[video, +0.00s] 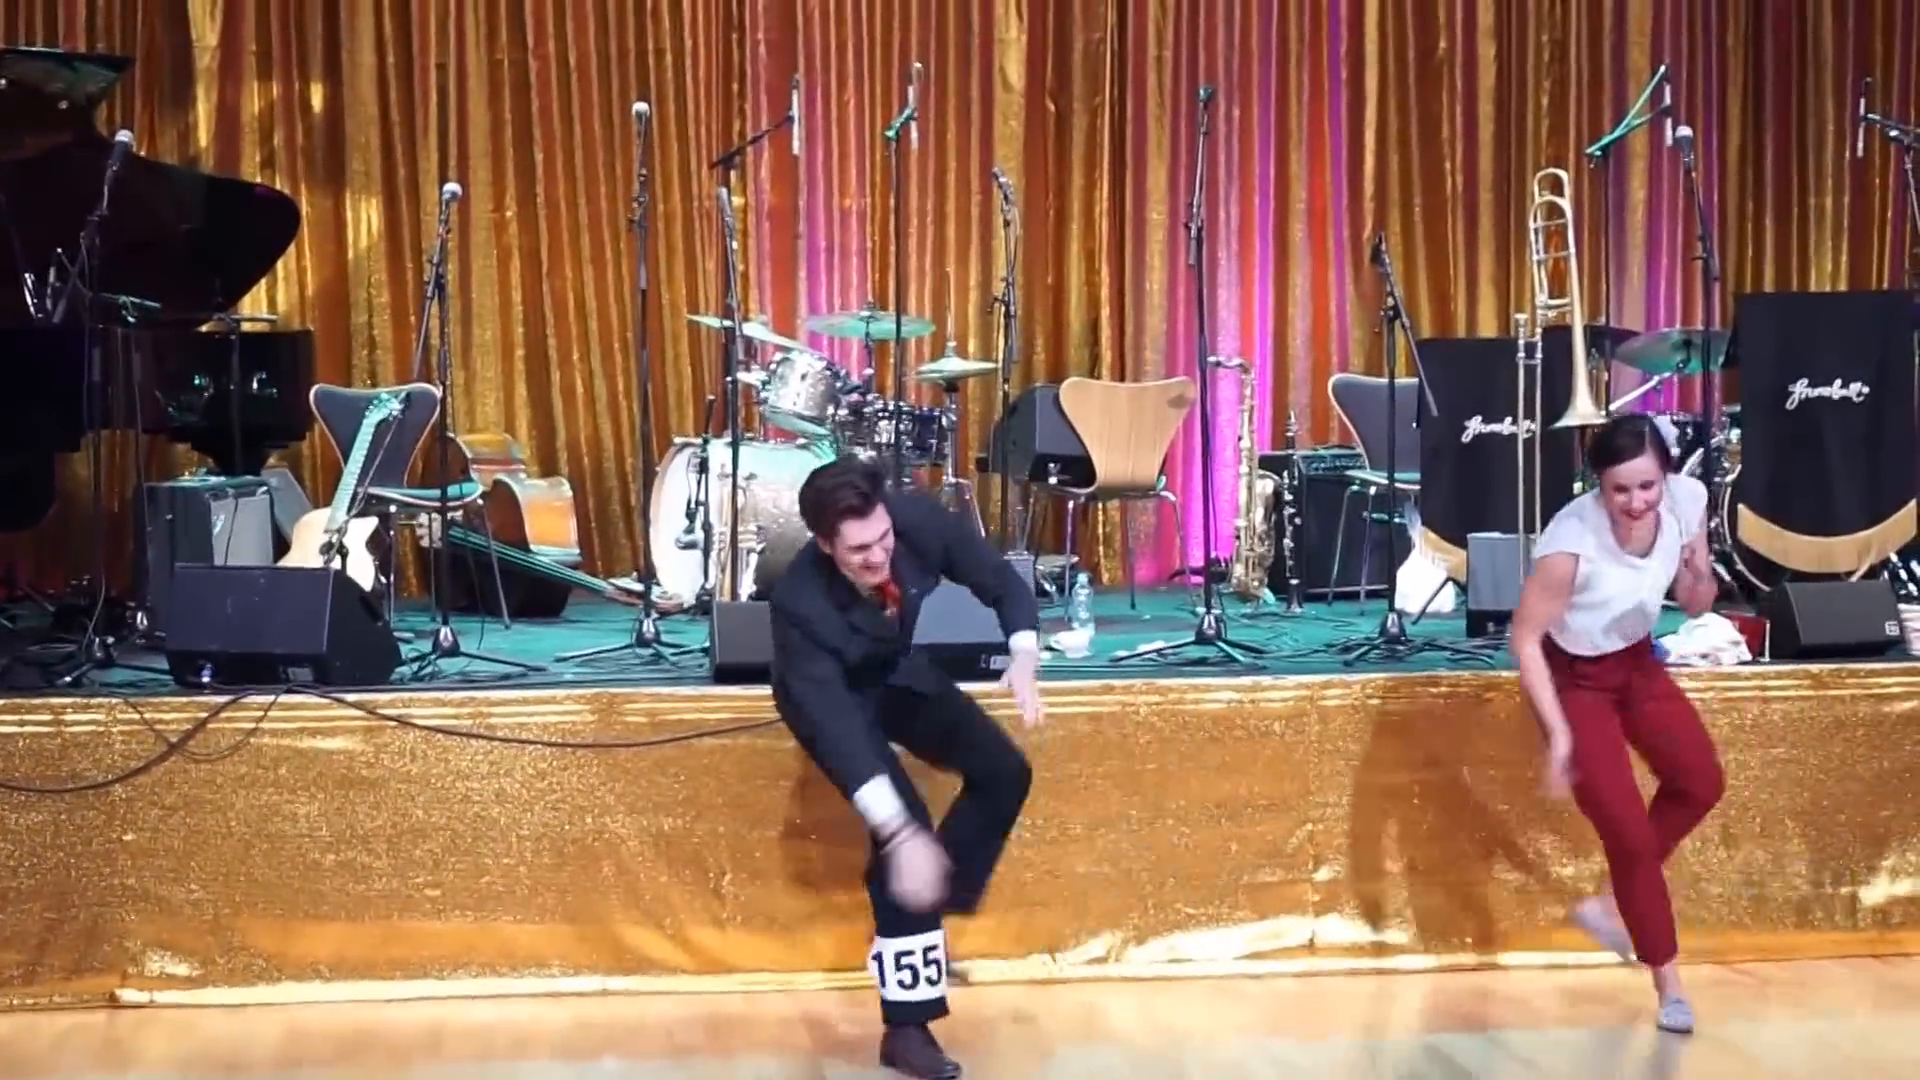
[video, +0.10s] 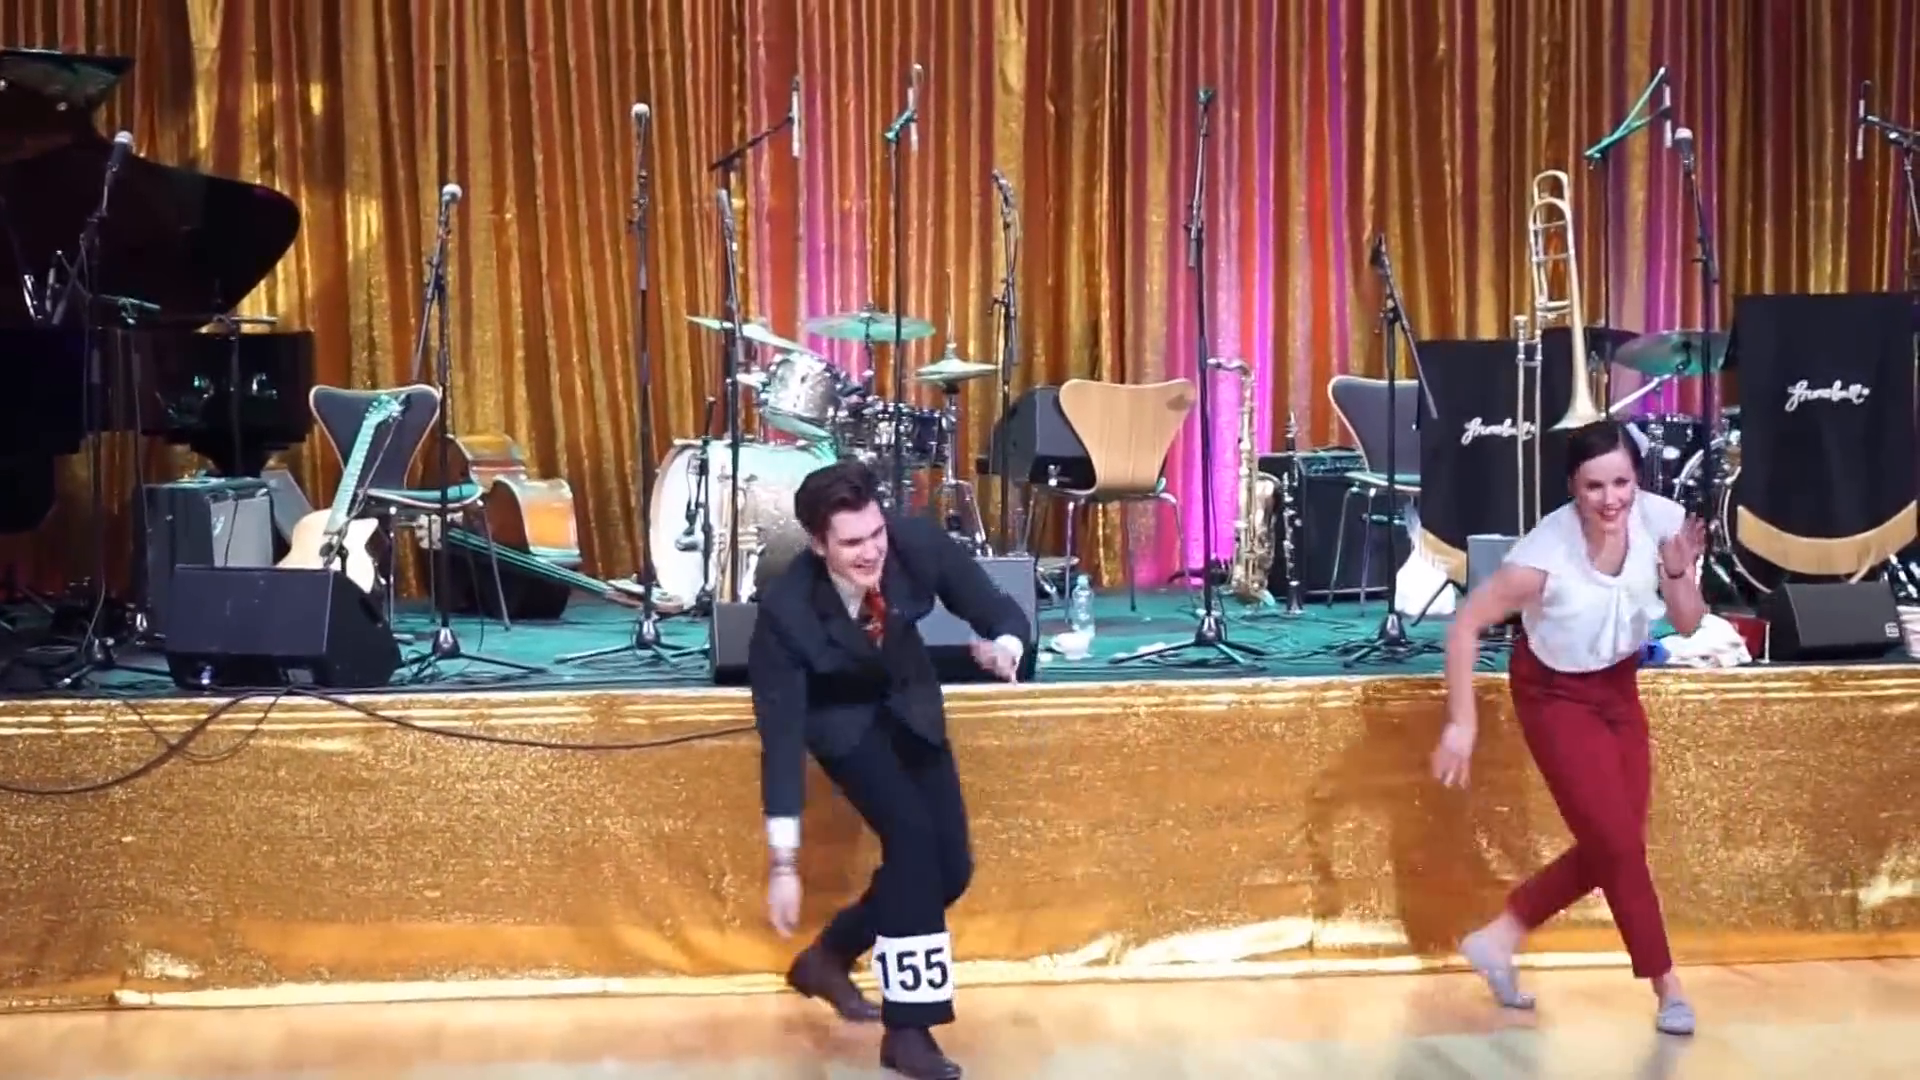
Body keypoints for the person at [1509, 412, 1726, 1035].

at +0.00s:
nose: (1636, 501)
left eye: (1648, 485)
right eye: (1620, 489)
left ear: (1664, 474)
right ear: (1598, 482)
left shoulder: (1685, 499)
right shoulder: (1568, 544)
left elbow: (1692, 602)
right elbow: (1524, 636)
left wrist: (1701, 577)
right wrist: (1557, 730)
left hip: (1638, 662)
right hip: (1571, 677)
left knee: (1699, 784)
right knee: (1632, 838)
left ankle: (1609, 905)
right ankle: (1667, 981)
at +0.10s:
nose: (1610, 498)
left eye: (1621, 483)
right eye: (1594, 486)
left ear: (1637, 479)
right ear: (1572, 488)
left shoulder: (1661, 520)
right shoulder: (1540, 559)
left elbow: (1688, 623)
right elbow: (1464, 623)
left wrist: (1680, 576)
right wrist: (1459, 722)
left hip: (1620, 687)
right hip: (1553, 693)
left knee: (1620, 840)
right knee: (1617, 840)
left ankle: (1497, 938)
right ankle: (1668, 988)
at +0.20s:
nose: (1581, 487)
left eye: (1592, 472)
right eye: (1566, 474)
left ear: (1609, 471)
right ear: (1543, 477)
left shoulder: (1634, 517)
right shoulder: (1508, 537)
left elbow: (1660, 624)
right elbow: (1425, 572)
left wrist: (1655, 580)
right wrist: (1419, 656)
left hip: (1589, 679)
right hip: (1515, 680)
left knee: (1569, 824)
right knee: (1575, 821)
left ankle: (1480, 949)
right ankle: (1624, 972)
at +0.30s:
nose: (1556, 481)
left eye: (1567, 467)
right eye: (1541, 469)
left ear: (1580, 469)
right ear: (1513, 473)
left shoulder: (1602, 522)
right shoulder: (1466, 527)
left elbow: (1621, 613)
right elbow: (1420, 562)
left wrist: (1625, 656)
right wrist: (1397, 637)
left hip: (1560, 681)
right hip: (1481, 683)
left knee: (1570, 826)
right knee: (1522, 822)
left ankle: (1507, 950)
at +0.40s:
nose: (1532, 489)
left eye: (1542, 475)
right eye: (1517, 476)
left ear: (1553, 478)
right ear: (1485, 478)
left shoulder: (1571, 546)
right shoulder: (1432, 545)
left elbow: (1582, 641)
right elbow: (1408, 621)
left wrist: (1600, 734)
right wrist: (1390, 697)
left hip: (1532, 698)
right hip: (1451, 699)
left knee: (1534, 841)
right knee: (1448, 849)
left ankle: (1504, 963)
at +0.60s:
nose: (1492, 493)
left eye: (1501, 480)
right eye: (1478, 480)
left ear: (1509, 485)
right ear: (1443, 485)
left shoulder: (1524, 552)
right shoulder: (1389, 543)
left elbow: (1512, 624)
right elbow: (1349, 626)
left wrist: (1495, 680)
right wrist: (1333, 722)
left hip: (1462, 678)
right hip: (1376, 675)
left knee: (1468, 823)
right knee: (1373, 831)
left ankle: (1440, 983)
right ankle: (1361, 971)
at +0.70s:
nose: (1471, 500)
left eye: (1479, 488)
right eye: (1456, 488)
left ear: (1486, 494)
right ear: (1419, 492)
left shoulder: (1493, 560)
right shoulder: (1367, 552)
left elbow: (1471, 635)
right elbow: (1324, 643)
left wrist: (1442, 687)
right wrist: (1338, 720)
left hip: (1437, 708)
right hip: (1361, 703)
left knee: (1404, 840)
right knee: (1358, 840)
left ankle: (1384, 995)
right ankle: (1355, 987)